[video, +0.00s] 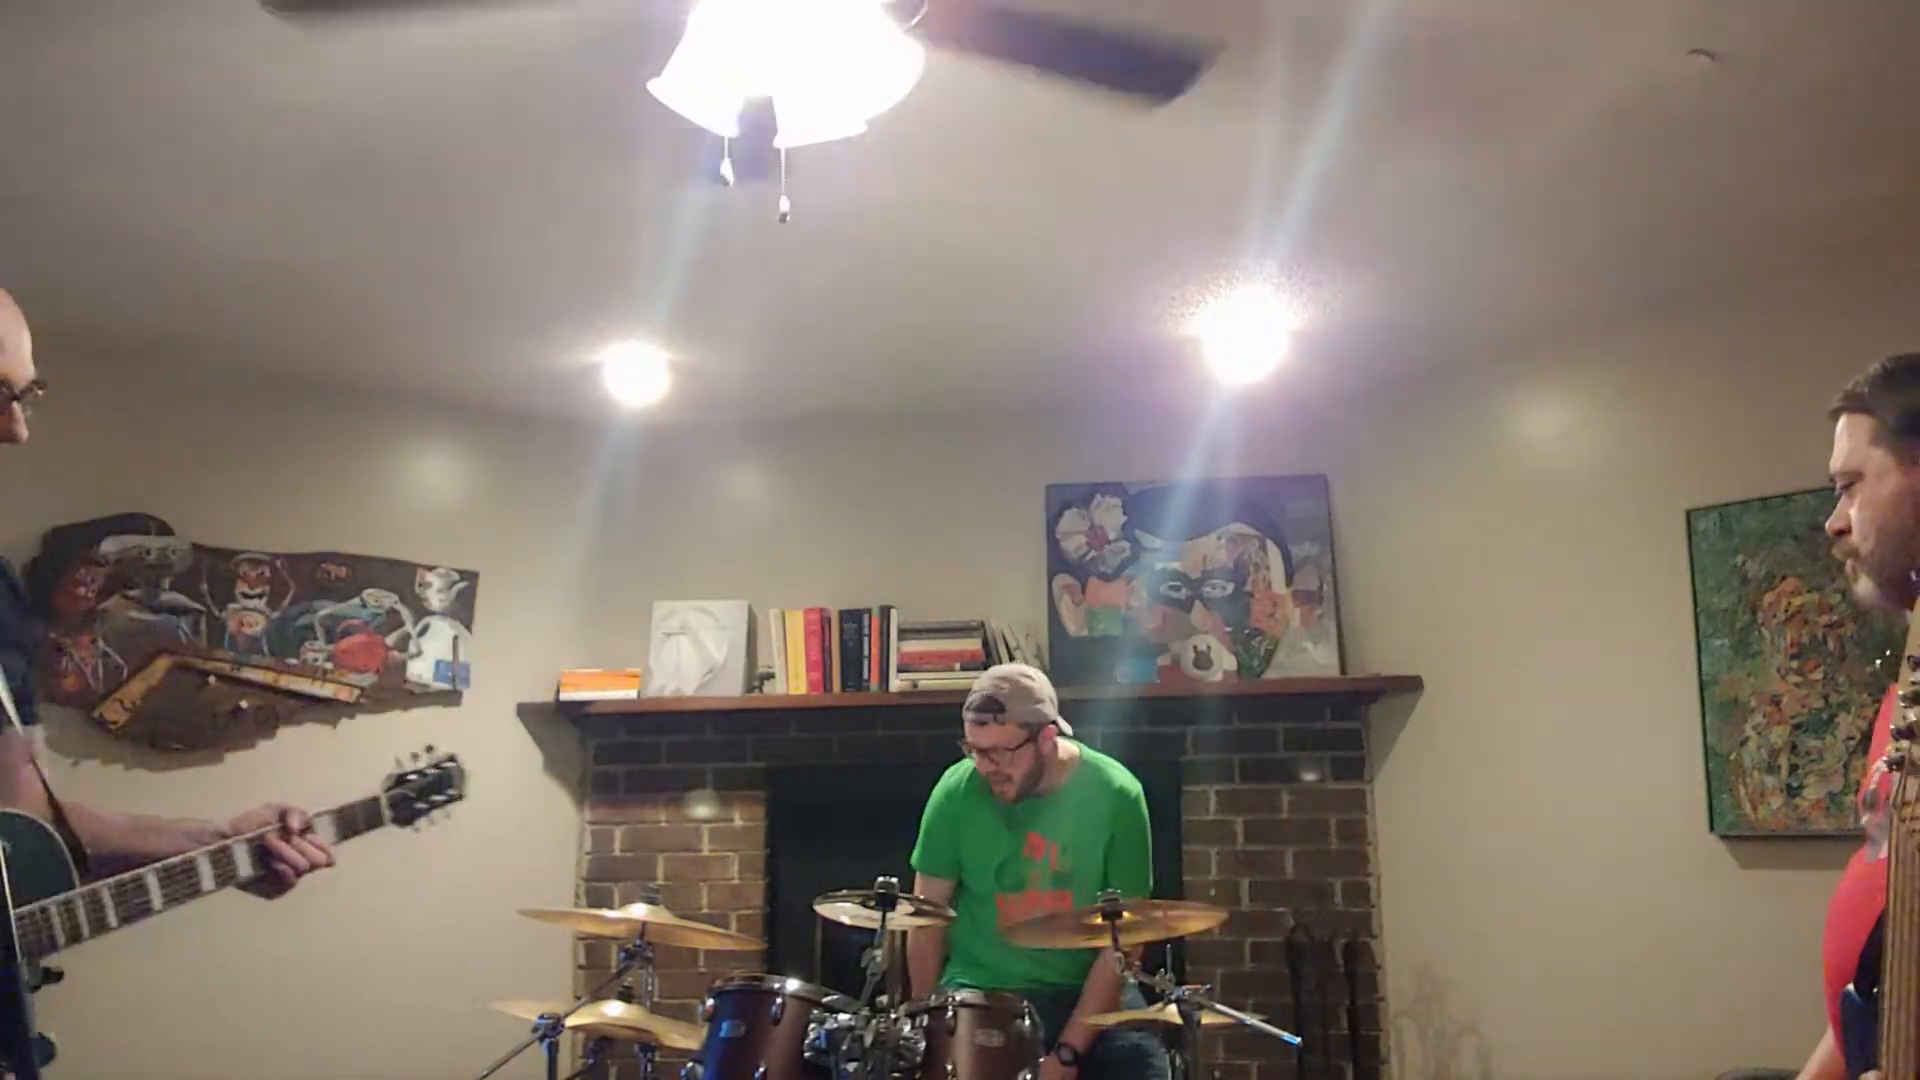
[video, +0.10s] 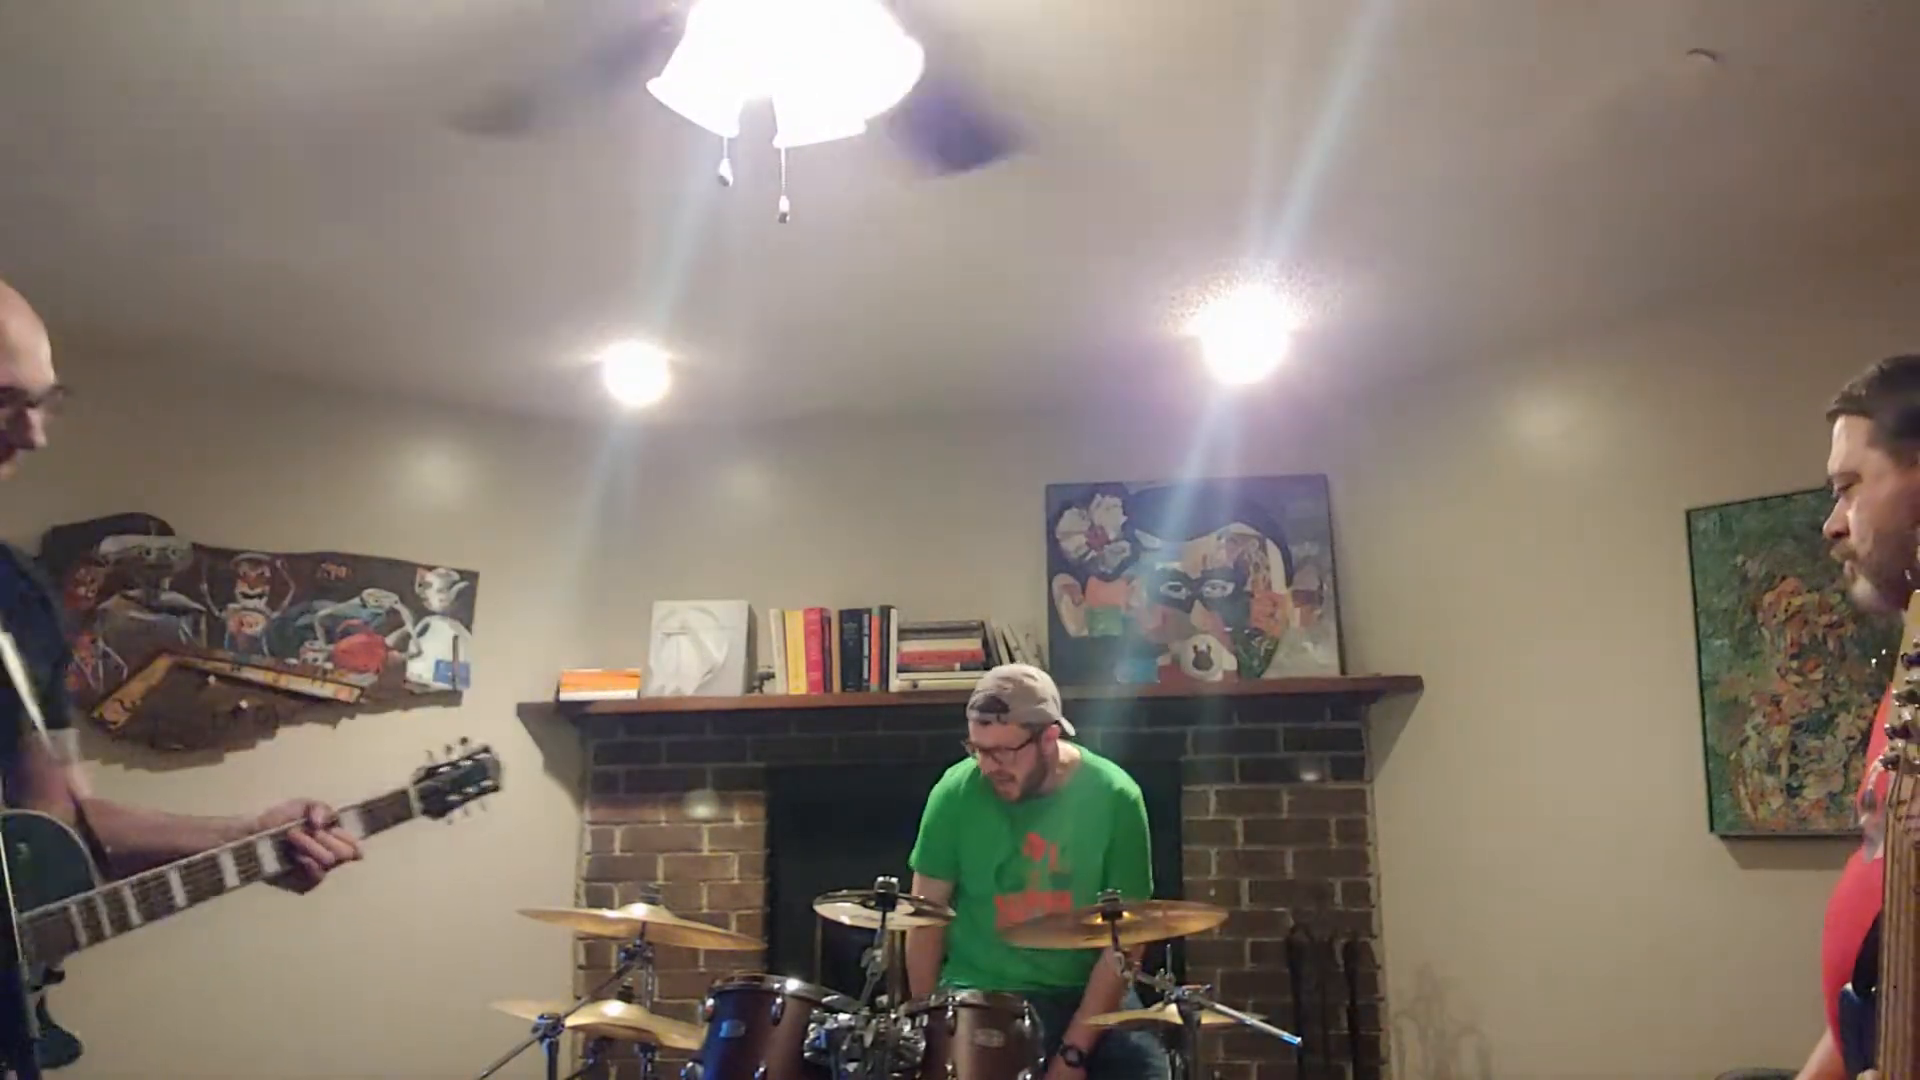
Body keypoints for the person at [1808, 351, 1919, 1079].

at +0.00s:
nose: (1835, 521)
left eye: (1852, 484)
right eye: (1838, 491)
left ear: (1918, 476)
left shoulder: (1907, 686)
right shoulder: (1902, 686)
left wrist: (1835, 1063)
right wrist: (1826, 1060)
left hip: (1892, 1050)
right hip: (1866, 1043)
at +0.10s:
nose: (1833, 523)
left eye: (1850, 486)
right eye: (1836, 493)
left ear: (1918, 476)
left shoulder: (1914, 650)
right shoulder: (1910, 653)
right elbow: (1887, 871)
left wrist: (1847, 1055)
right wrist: (1831, 1052)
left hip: (1895, 1044)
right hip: (1867, 1034)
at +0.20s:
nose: (1831, 525)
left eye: (1847, 488)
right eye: (1833, 495)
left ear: (1916, 478)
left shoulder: (1911, 649)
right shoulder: (1907, 648)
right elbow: (1884, 871)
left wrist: (1881, 1061)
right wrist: (1829, 1052)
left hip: (1893, 1046)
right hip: (1867, 1036)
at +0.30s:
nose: (1830, 529)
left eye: (1847, 490)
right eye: (1832, 498)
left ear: (1916, 476)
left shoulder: (1912, 658)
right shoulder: (1906, 661)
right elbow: (1882, 867)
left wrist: (1881, 1058)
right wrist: (1827, 1052)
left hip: (1900, 1048)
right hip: (1869, 1036)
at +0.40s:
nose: (1828, 531)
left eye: (1846, 492)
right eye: (1831, 500)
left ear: (1915, 475)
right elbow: (1881, 894)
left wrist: (1873, 1059)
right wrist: (1817, 1061)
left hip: (1898, 1047)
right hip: (1864, 1038)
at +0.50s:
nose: (1830, 532)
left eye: (1847, 492)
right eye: (1832, 500)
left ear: (1914, 477)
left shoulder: (1906, 685)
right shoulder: (1901, 686)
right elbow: (1883, 916)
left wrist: (1829, 1061)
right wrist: (1815, 1062)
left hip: (1898, 1050)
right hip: (1861, 1045)